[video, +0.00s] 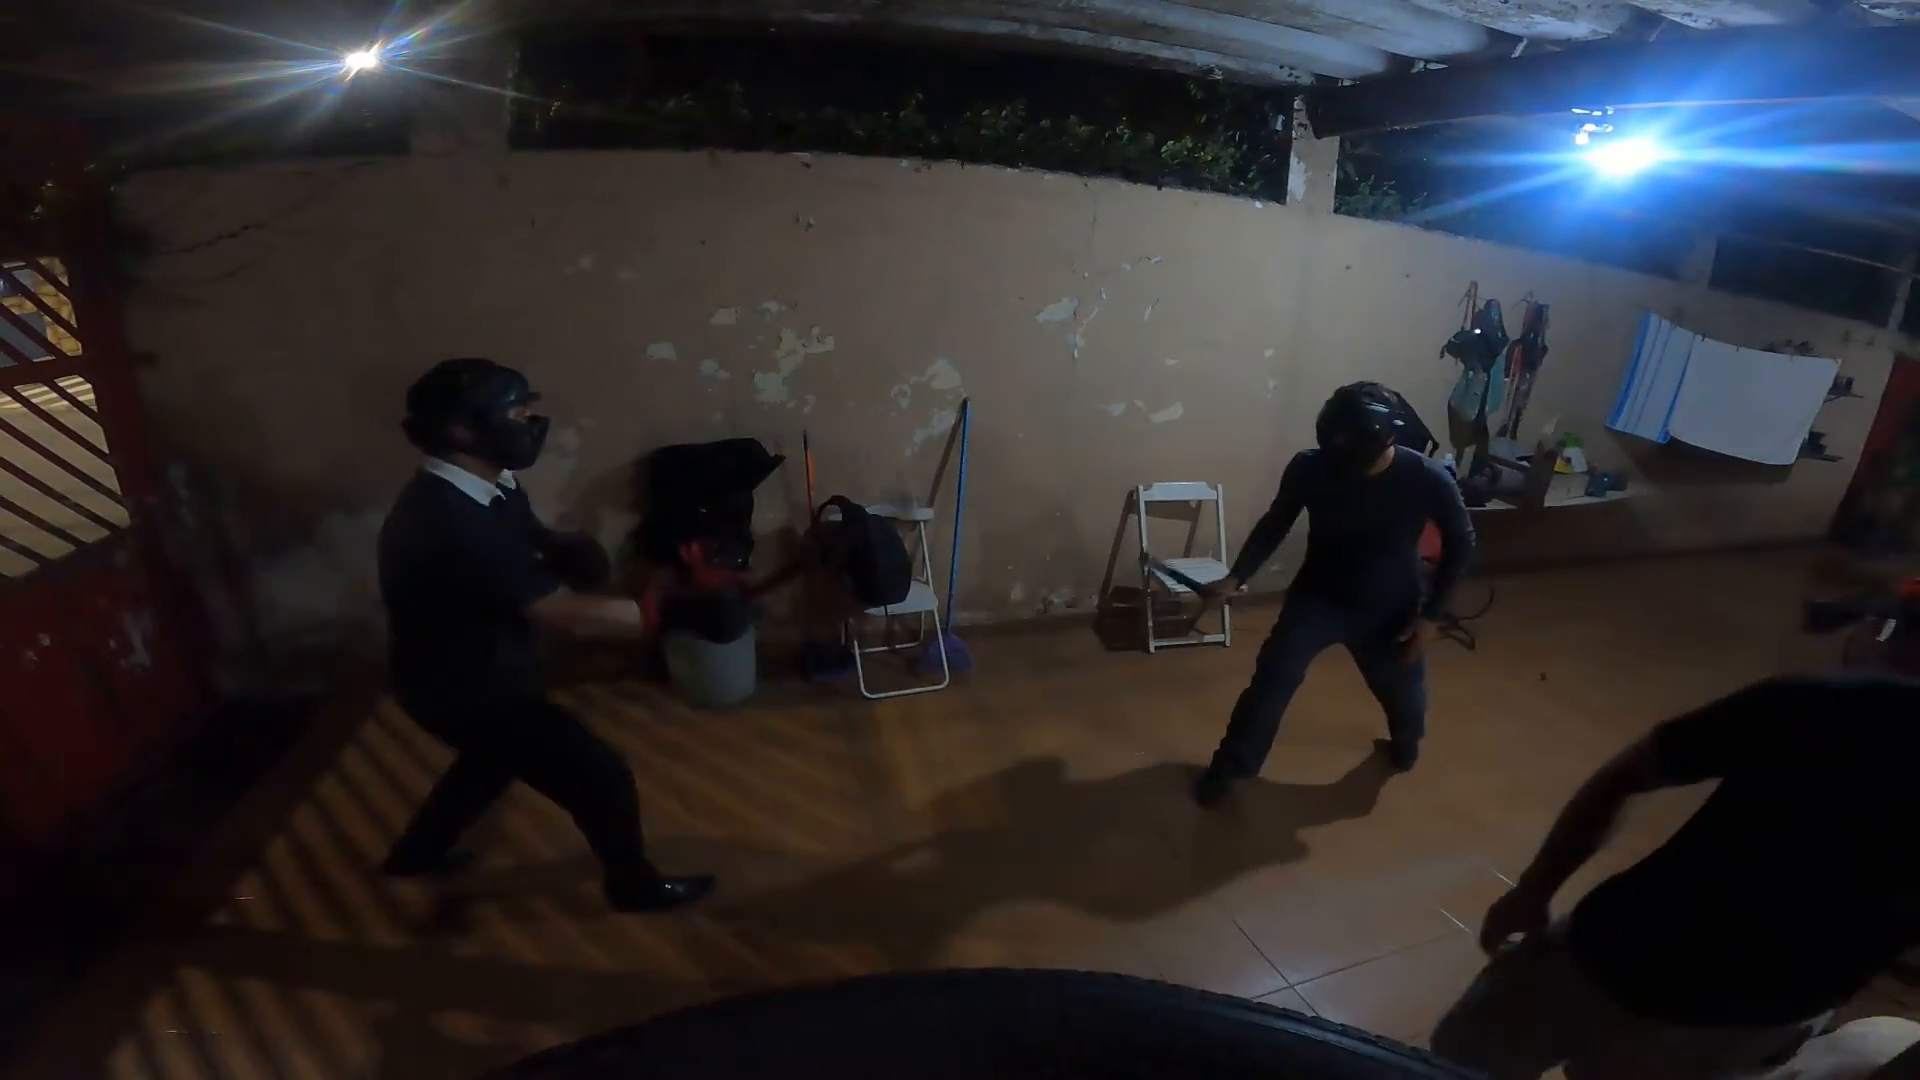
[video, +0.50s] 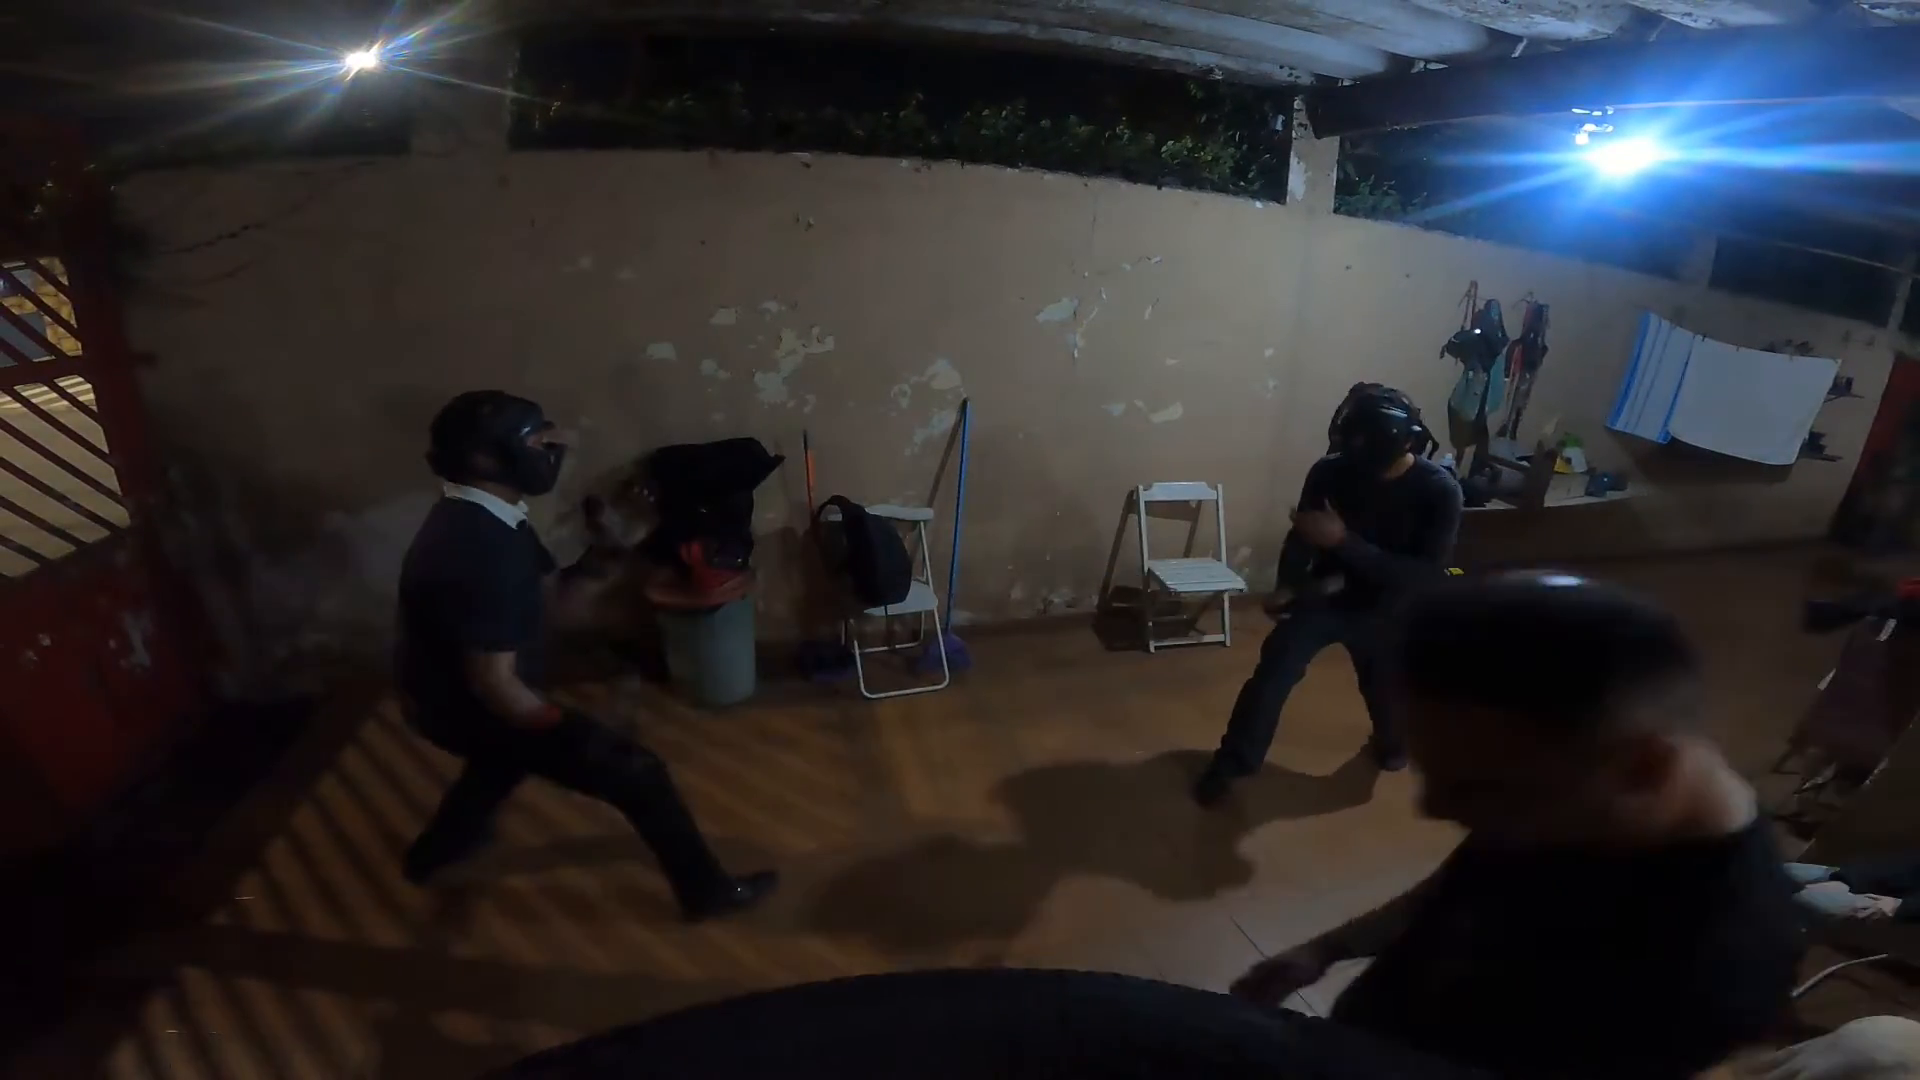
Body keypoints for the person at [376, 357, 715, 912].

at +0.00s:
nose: (534, 415)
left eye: (527, 403)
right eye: (513, 408)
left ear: (464, 433)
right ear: (463, 433)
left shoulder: (490, 486)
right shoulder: (445, 522)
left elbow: (523, 543)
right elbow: (548, 609)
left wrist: (563, 556)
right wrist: (654, 616)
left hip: (493, 674)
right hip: (455, 693)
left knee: (495, 758)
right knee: (601, 776)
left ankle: (418, 852)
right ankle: (632, 882)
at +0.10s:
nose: (538, 426)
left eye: (533, 414)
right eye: (519, 419)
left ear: (468, 438)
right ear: (470, 438)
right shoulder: (464, 526)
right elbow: (575, 618)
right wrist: (637, 599)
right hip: (458, 695)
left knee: (495, 748)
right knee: (594, 774)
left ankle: (436, 852)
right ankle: (631, 879)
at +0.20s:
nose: (535, 440)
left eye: (531, 428)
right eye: (518, 432)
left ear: (464, 449)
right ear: (468, 449)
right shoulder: (465, 534)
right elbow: (567, 629)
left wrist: (558, 580)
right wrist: (640, 601)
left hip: (420, 686)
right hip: (451, 700)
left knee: (491, 747)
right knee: (595, 766)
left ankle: (432, 850)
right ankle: (632, 876)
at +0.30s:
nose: (527, 449)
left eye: (522, 437)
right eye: (510, 440)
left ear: (454, 456)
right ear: (458, 455)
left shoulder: (431, 514)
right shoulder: (461, 541)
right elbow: (498, 670)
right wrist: (574, 701)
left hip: (419, 692)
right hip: (449, 704)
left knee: (509, 730)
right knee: (610, 740)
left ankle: (436, 850)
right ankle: (650, 868)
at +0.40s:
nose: (534, 445)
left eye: (529, 434)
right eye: (517, 438)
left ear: (466, 459)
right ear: (470, 458)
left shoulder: (466, 518)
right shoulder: (458, 543)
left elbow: (491, 598)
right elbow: (450, 676)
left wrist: (552, 578)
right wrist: (530, 729)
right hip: (454, 706)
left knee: (510, 744)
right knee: (626, 759)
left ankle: (433, 853)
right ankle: (690, 877)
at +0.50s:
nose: (554, 444)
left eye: (547, 432)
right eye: (535, 438)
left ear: (483, 463)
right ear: (485, 462)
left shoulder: (488, 517)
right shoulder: (485, 544)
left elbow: (551, 606)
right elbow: (493, 679)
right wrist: (560, 724)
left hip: (442, 697)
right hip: (470, 711)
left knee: (508, 755)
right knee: (637, 773)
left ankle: (433, 853)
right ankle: (704, 888)